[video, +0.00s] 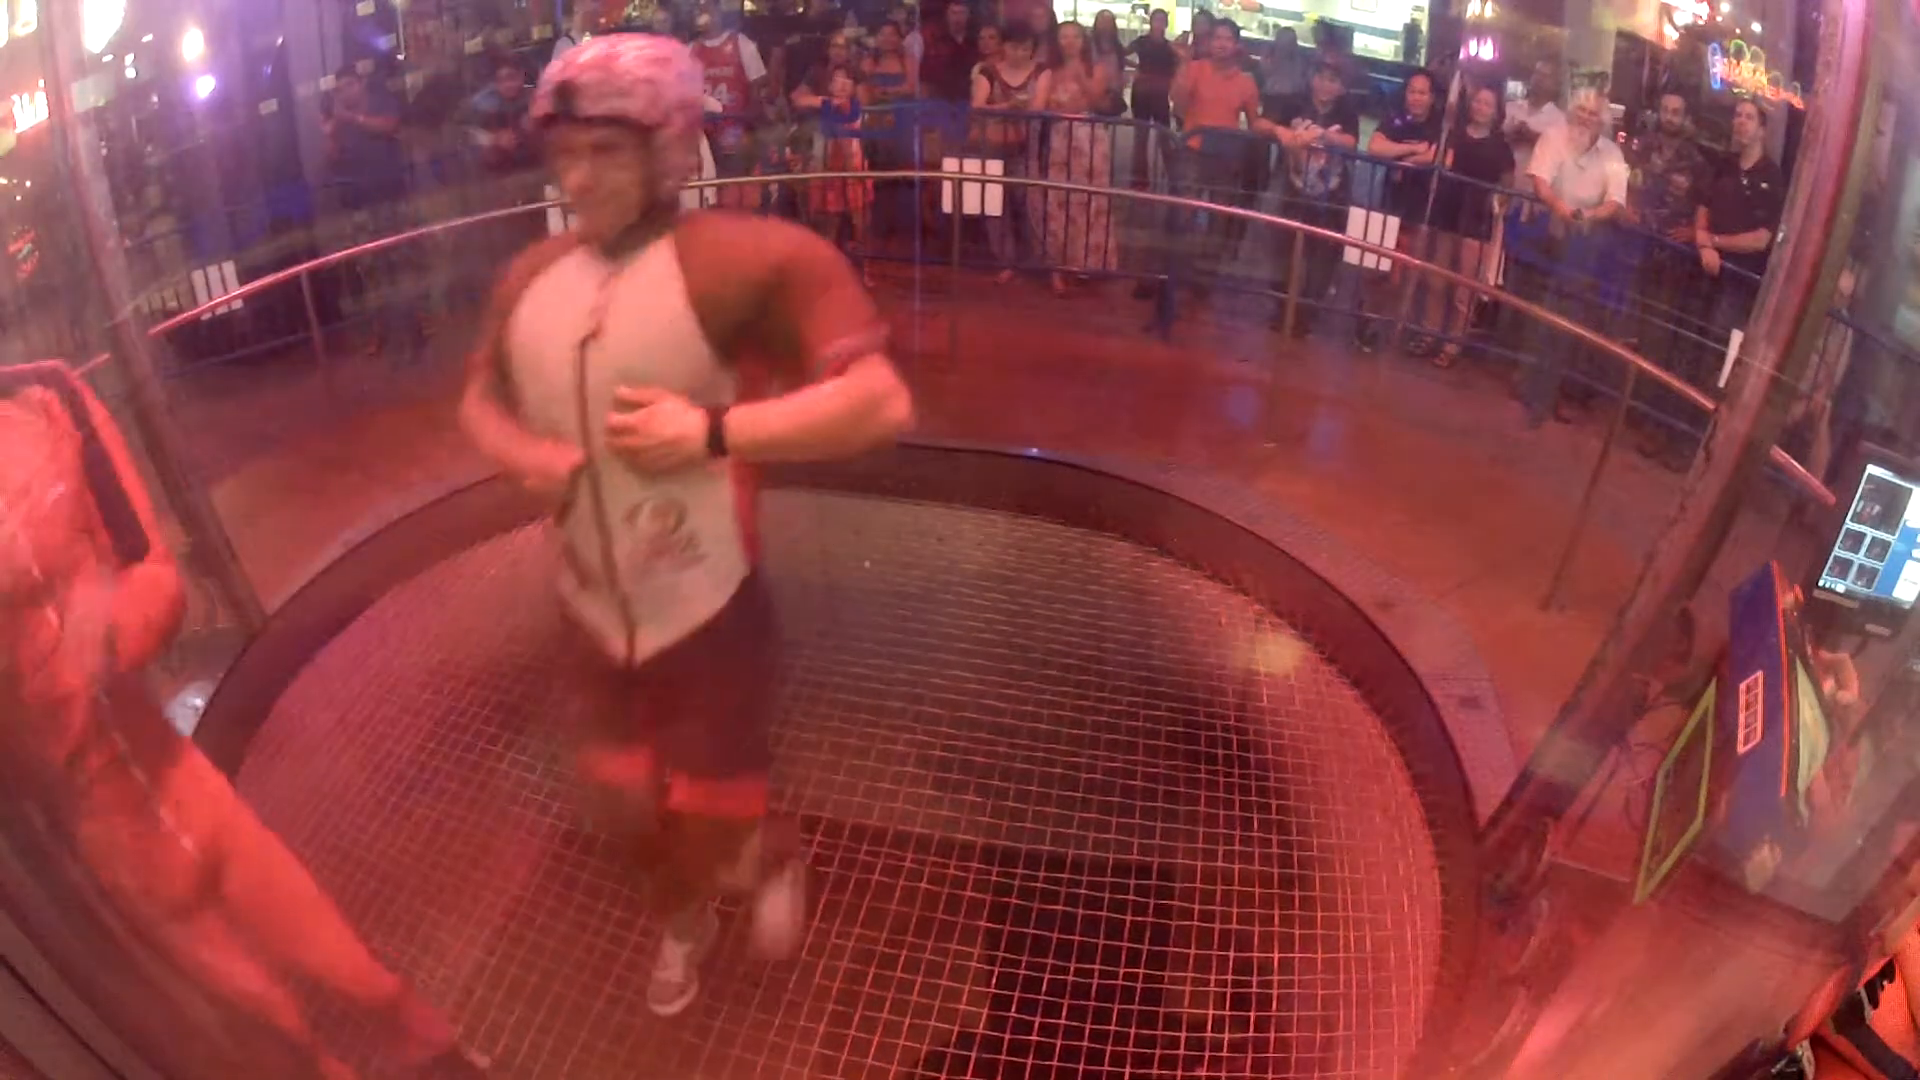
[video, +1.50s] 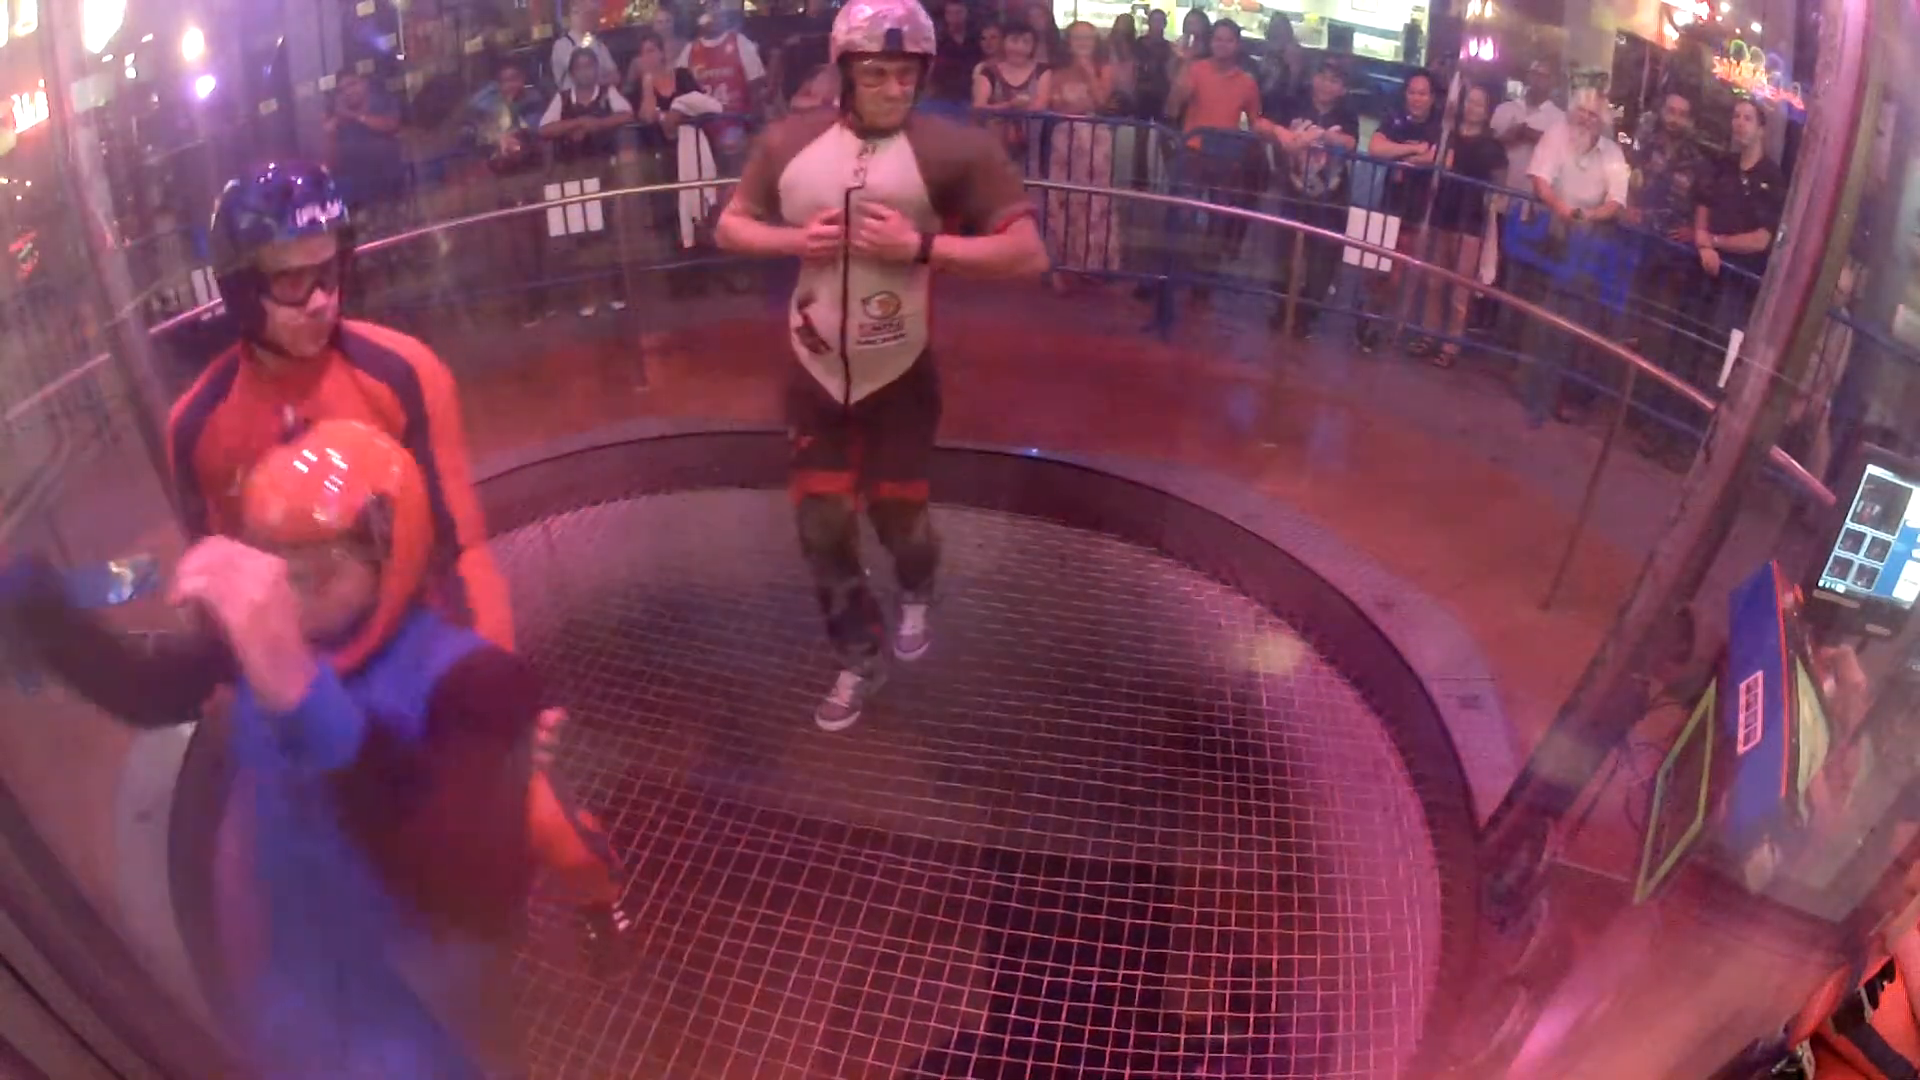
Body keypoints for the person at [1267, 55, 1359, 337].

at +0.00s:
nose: (1325, 86)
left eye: (1333, 81)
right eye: (1322, 78)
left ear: (1343, 87)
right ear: (1311, 78)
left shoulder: (1346, 111)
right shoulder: (1293, 103)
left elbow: (1351, 143)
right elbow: (1259, 124)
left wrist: (1325, 136)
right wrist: (1283, 134)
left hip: (1332, 196)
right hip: (1296, 190)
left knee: (1324, 255)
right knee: (1286, 248)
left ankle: (1307, 312)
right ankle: (1281, 306)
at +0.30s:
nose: (1326, 85)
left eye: (1334, 81)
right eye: (1324, 78)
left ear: (1343, 88)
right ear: (1313, 77)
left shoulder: (1346, 111)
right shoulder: (1294, 103)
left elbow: (1351, 143)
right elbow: (1262, 124)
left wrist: (1321, 136)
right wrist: (1284, 135)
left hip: (1331, 196)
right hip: (1295, 189)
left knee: (1323, 253)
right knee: (1287, 247)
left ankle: (1308, 310)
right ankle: (1281, 304)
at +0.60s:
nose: (1335, 87)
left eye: (1338, 81)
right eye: (1330, 80)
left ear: (1343, 85)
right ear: (1313, 78)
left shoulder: (1346, 111)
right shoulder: (1290, 103)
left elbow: (1352, 143)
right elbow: (1260, 125)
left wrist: (1323, 136)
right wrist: (1285, 136)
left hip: (1332, 196)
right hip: (1295, 189)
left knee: (1325, 254)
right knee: (1287, 248)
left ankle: (1308, 312)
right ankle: (1281, 306)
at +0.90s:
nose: (1330, 86)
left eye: (1336, 81)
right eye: (1326, 79)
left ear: (1343, 87)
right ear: (1314, 79)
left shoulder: (1346, 112)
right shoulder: (1293, 105)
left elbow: (1351, 144)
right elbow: (1260, 124)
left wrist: (1321, 135)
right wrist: (1284, 134)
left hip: (1330, 195)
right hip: (1295, 189)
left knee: (1324, 255)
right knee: (1287, 247)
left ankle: (1307, 314)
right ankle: (1281, 306)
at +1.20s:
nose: (1327, 86)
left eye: (1335, 82)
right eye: (1324, 79)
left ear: (1343, 87)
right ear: (1313, 78)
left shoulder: (1345, 110)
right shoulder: (1292, 100)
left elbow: (1351, 144)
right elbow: (1262, 123)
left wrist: (1329, 136)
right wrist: (1288, 137)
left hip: (1331, 190)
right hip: (1294, 184)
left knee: (1325, 253)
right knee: (1287, 246)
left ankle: (1308, 314)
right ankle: (1281, 306)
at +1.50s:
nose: (1325, 85)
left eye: (1333, 81)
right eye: (1322, 78)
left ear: (1343, 90)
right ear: (1312, 79)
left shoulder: (1345, 114)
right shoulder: (1295, 107)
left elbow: (1350, 144)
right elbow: (1264, 126)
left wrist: (1323, 135)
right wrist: (1290, 138)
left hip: (1329, 195)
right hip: (1293, 189)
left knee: (1323, 256)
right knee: (1286, 248)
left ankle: (1307, 314)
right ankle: (1281, 306)